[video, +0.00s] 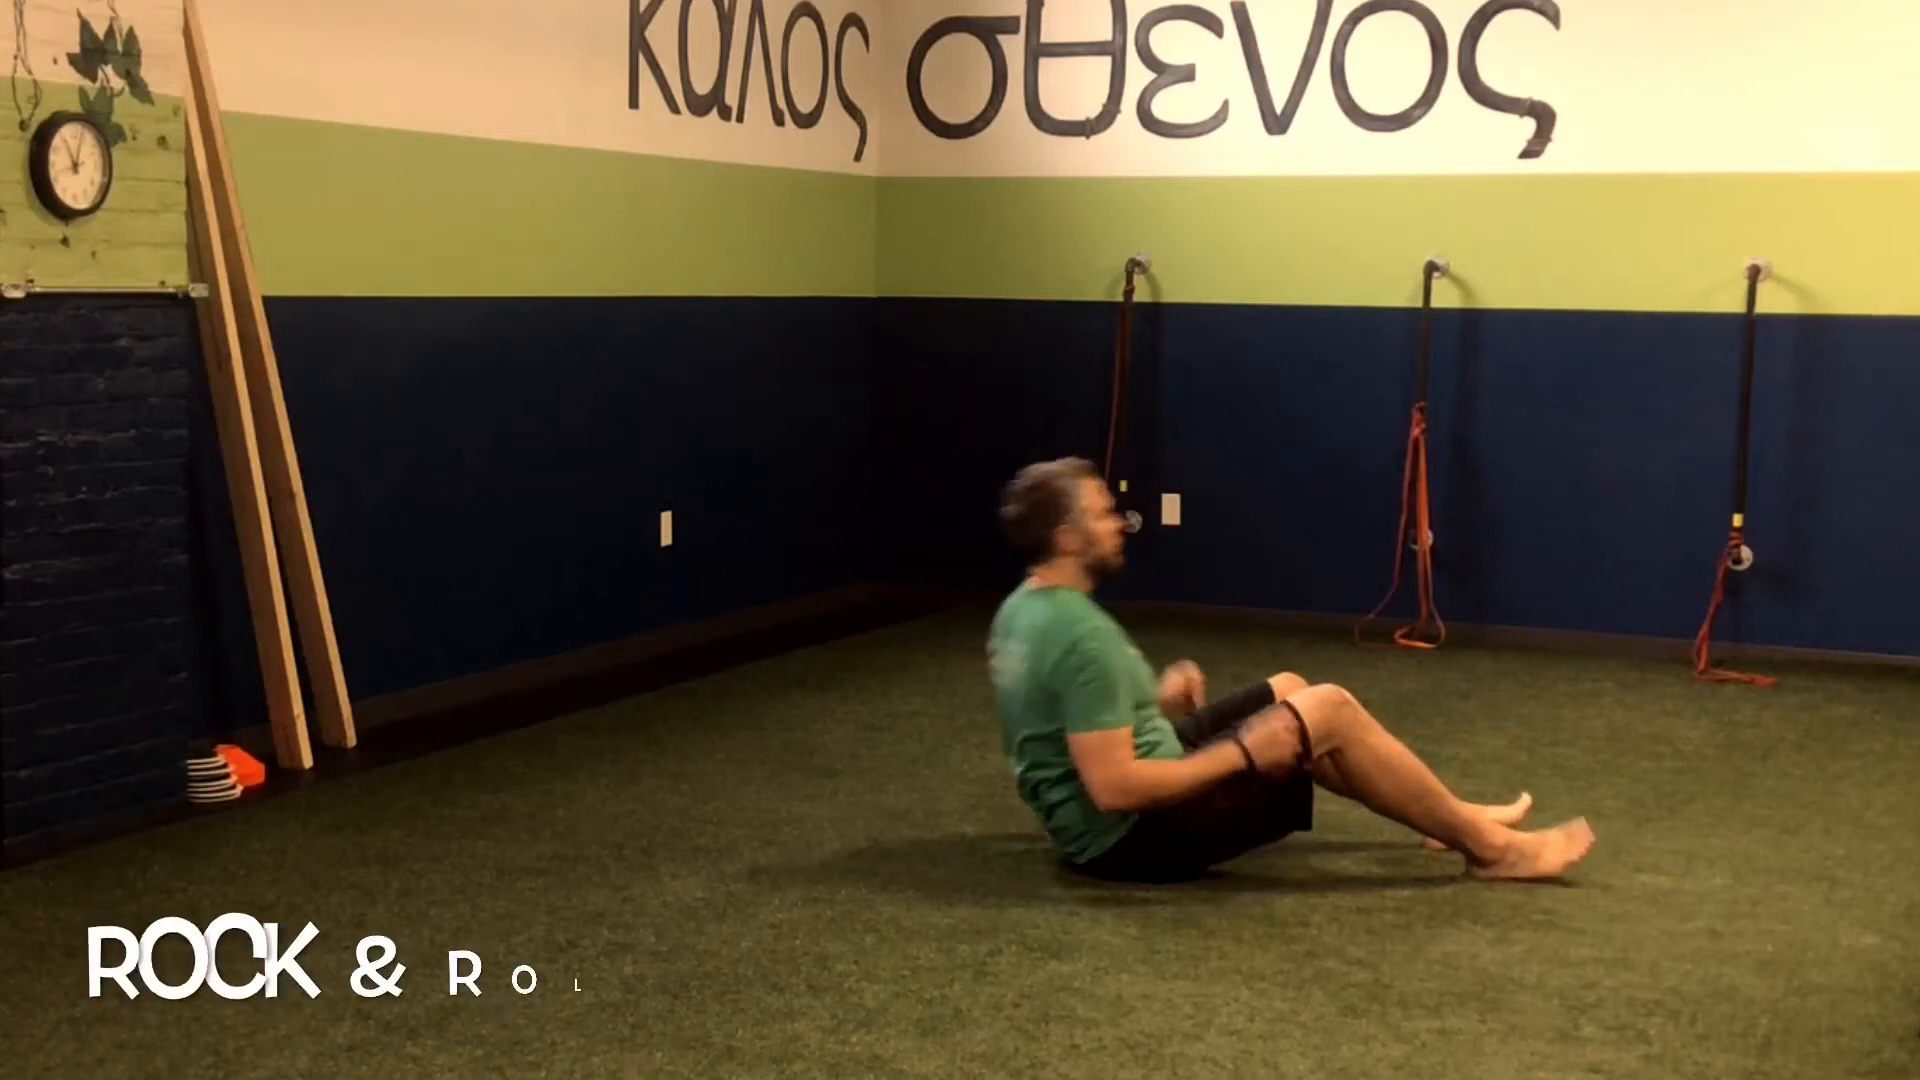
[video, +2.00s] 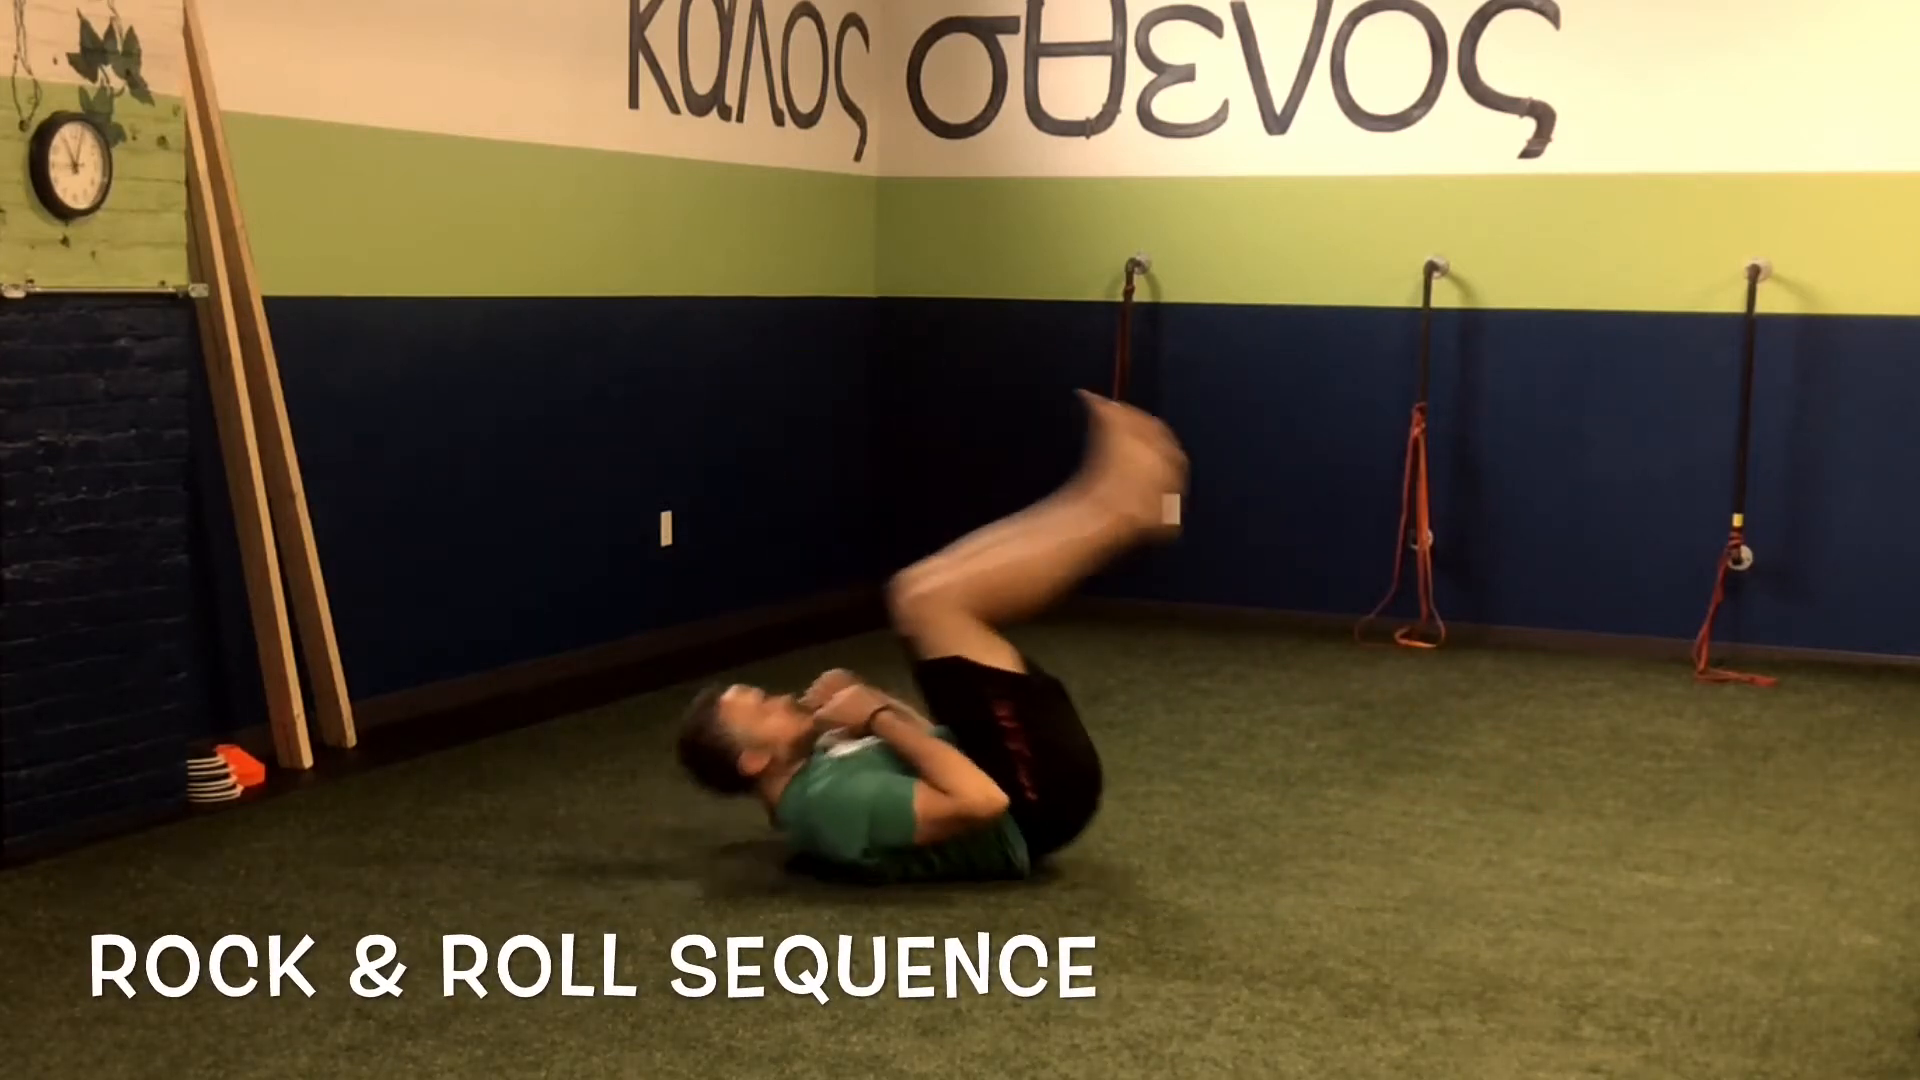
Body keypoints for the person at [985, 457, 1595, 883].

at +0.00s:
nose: (1122, 523)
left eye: (1113, 510)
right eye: (1106, 513)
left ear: (1058, 536)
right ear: (1063, 534)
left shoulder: (1027, 610)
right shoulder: (1075, 631)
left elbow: (1064, 729)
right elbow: (1115, 786)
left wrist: (1155, 701)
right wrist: (1247, 749)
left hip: (1106, 810)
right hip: (1127, 838)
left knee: (1302, 693)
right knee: (1331, 709)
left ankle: (1459, 818)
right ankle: (1492, 850)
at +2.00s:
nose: (779, 693)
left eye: (759, 691)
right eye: (758, 704)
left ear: (761, 759)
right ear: (756, 760)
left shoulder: (815, 770)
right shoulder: (823, 803)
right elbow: (981, 801)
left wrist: (876, 705)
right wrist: (878, 716)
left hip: (1013, 776)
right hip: (1036, 795)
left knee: (919, 589)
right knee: (923, 594)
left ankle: (1103, 496)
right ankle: (1122, 506)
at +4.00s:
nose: (902, 609)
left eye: (889, 599)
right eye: (882, 607)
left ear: (859, 643)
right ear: (852, 646)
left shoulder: (890, 698)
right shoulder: (900, 713)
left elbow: (1013, 770)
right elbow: (1035, 799)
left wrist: (996, 673)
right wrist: (1007, 681)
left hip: (1059, 825)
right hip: (1080, 844)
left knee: (1083, 601)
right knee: (1095, 604)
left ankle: (1294, 625)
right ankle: (1308, 626)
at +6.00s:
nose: (951, 591)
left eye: (940, 578)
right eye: (934, 584)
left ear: (894, 614)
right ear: (896, 615)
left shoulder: (899, 676)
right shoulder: (926, 692)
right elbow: (1056, 785)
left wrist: (1004, 682)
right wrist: (1044, 673)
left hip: (1050, 829)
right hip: (1077, 846)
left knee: (1159, 622)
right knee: (1169, 624)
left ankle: (1333, 749)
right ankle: (1342, 753)